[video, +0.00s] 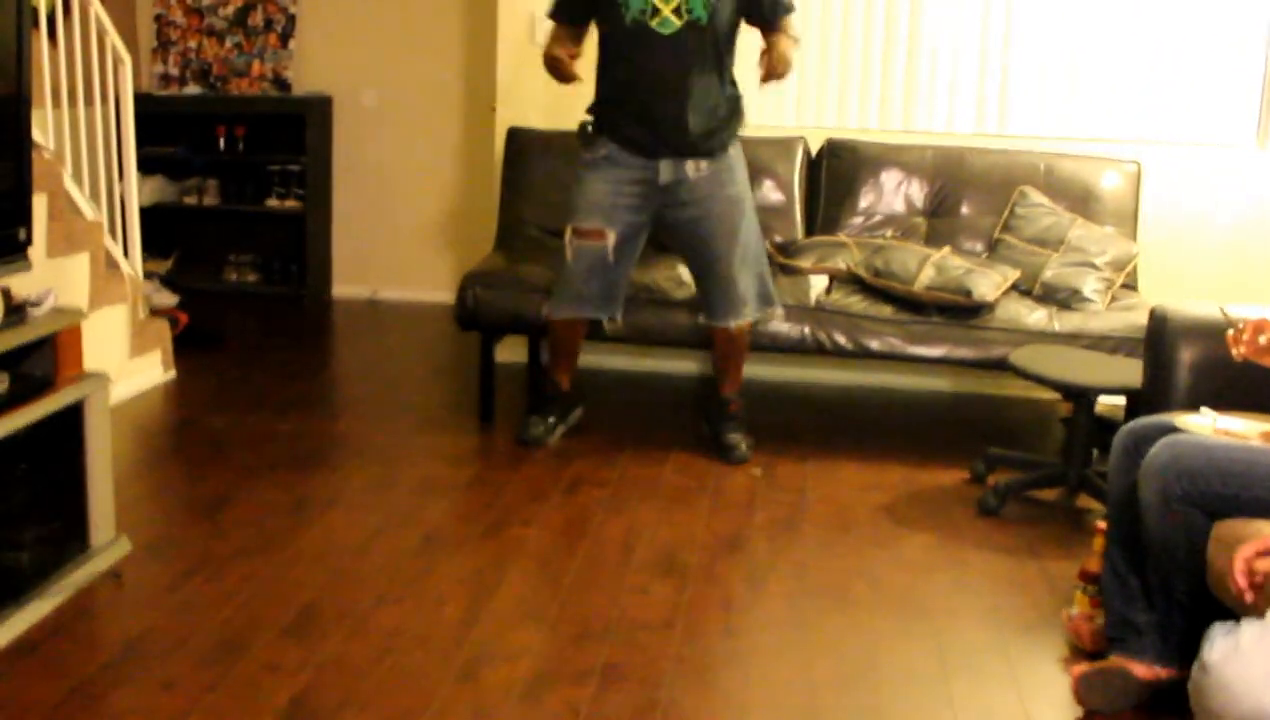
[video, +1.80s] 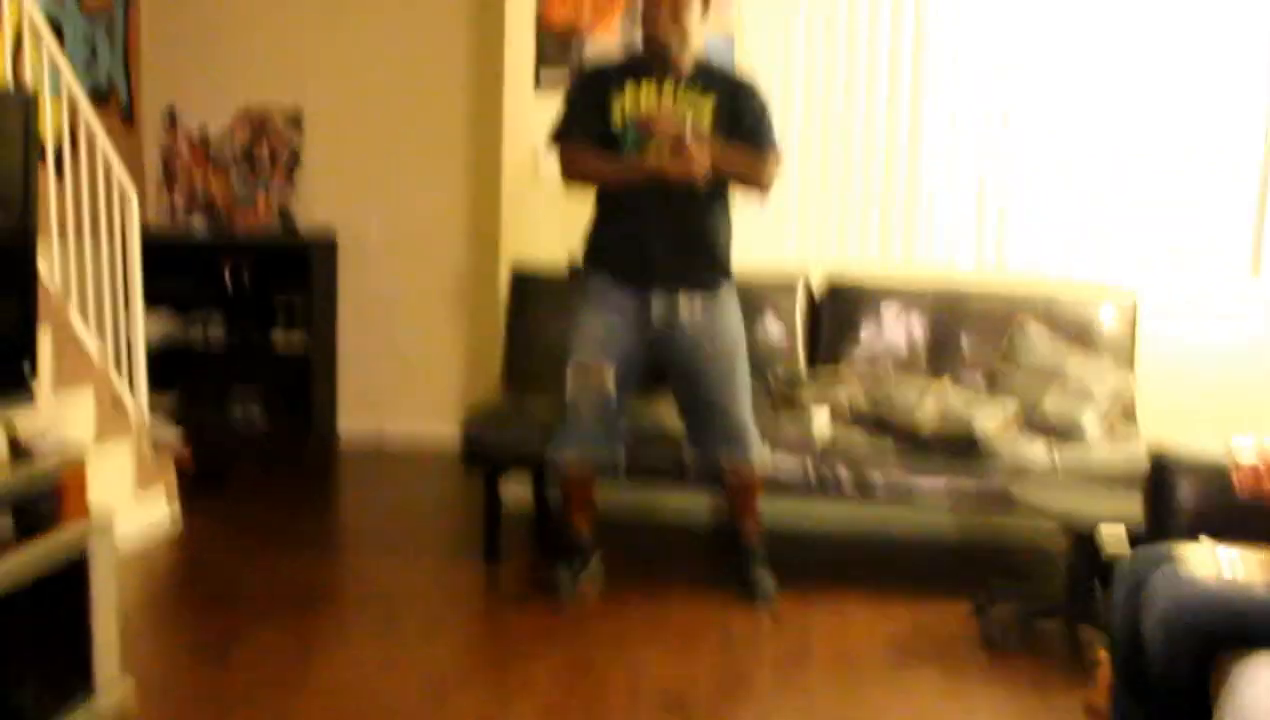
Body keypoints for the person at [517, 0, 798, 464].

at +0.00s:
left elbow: (778, 24)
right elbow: (567, 32)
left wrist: (780, 46)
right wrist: (559, 55)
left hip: (709, 151)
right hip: (619, 148)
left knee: (734, 288)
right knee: (578, 275)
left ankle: (727, 408)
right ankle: (558, 397)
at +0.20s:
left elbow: (751, 18)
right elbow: (562, 12)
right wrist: (640, 20)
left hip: (694, 134)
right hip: (602, 132)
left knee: (719, 281)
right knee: (572, 273)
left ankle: (724, 404)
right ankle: (560, 398)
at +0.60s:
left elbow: (777, 8)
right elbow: (549, 6)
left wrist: (749, 17)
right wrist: (550, 29)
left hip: (708, 138)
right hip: (616, 135)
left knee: (732, 288)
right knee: (579, 279)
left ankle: (737, 410)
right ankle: (565, 400)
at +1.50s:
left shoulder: (756, 3)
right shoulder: (615, 2)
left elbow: (808, 69)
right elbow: (593, 76)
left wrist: (808, 28)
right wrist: (568, 46)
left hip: (733, 177)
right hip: (639, 174)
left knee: (757, 321)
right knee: (596, 301)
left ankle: (754, 438)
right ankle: (577, 432)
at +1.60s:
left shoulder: (749, 5)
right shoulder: (612, 4)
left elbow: (764, 93)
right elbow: (621, 94)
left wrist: (768, 37)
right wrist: (596, 85)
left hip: (725, 189)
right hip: (634, 184)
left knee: (752, 336)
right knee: (595, 317)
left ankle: (753, 460)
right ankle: (576, 452)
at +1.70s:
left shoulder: (746, 21)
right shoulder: (609, 23)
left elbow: (765, 120)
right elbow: (587, 117)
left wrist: (719, 69)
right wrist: (637, 118)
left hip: (713, 226)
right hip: (623, 223)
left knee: (741, 374)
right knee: (594, 354)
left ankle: (750, 497)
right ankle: (578, 493)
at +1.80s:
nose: (666, 20)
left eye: (677, 9)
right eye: (656, 8)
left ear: (696, 16)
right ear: (641, 15)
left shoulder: (732, 95)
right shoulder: (600, 86)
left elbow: (763, 172)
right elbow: (573, 164)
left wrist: (703, 152)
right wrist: (648, 163)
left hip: (702, 281)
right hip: (615, 278)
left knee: (736, 427)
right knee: (583, 419)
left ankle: (750, 555)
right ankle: (578, 553)